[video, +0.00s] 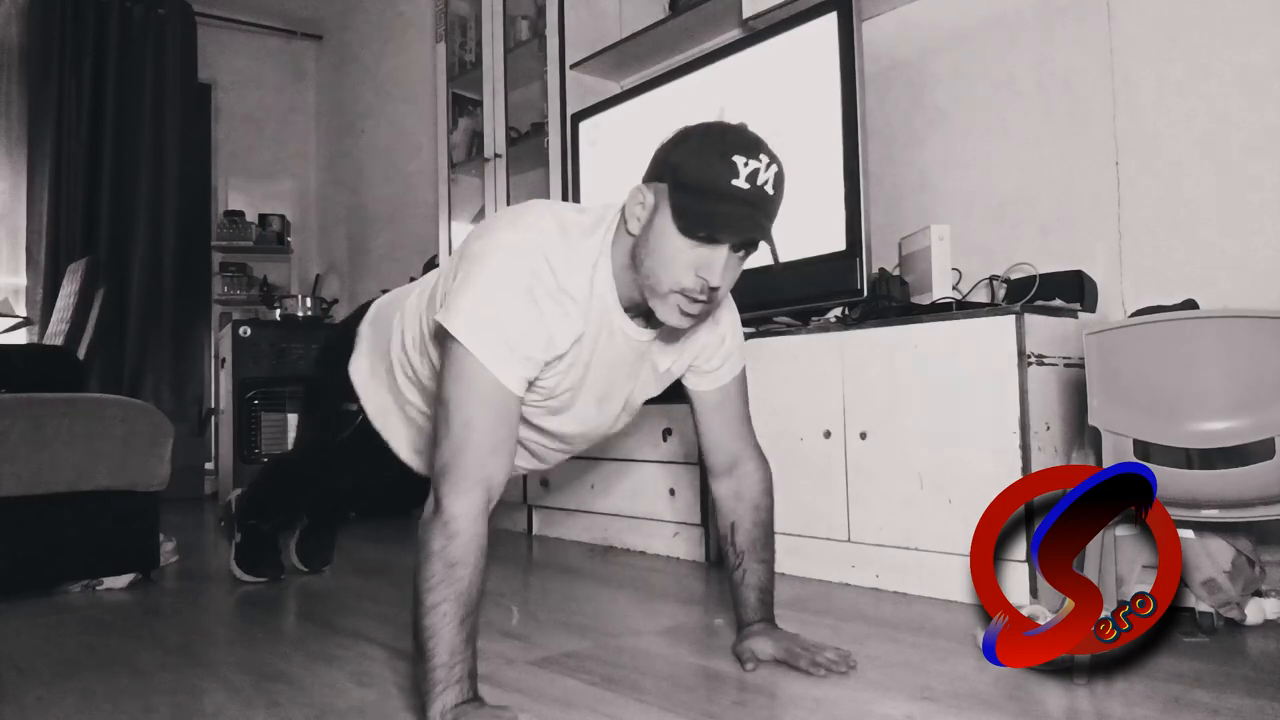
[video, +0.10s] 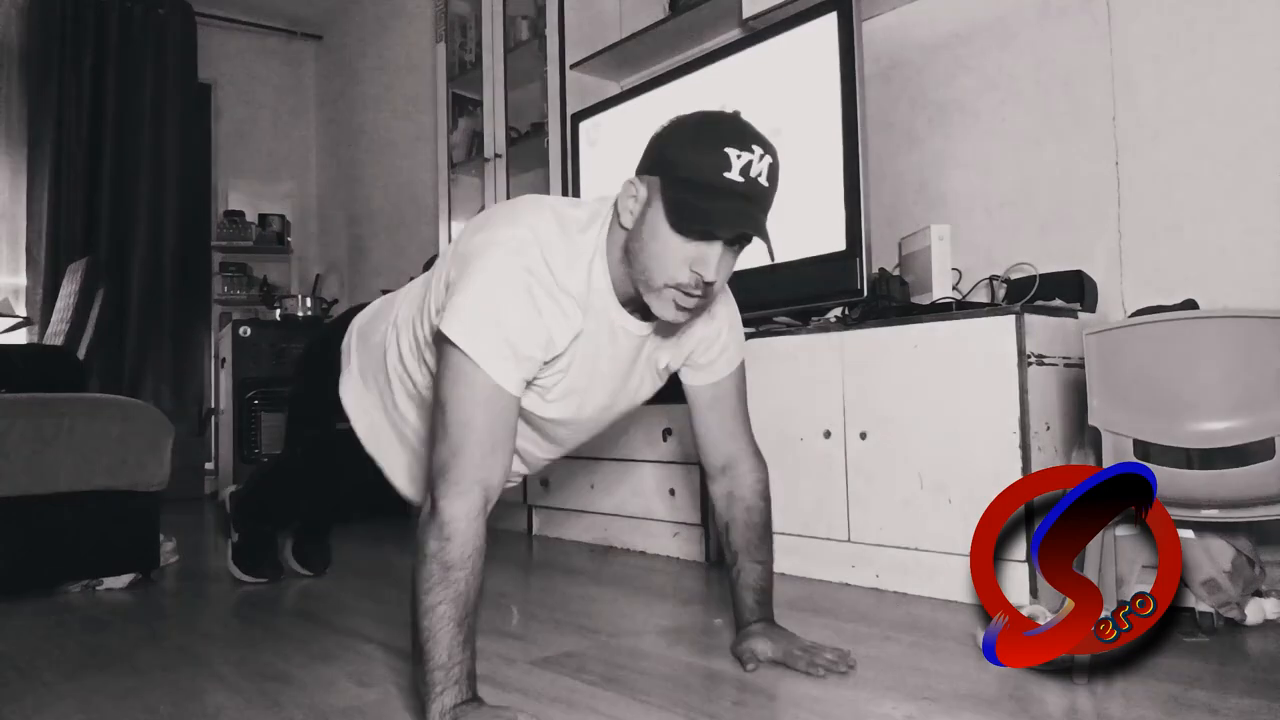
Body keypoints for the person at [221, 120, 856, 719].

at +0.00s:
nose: (713, 276)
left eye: (738, 251)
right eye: (699, 235)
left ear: (750, 250)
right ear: (644, 208)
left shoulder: (708, 316)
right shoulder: (518, 262)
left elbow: (736, 470)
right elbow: (462, 503)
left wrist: (758, 624)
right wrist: (451, 701)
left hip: (464, 450)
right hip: (378, 387)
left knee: (368, 498)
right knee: (315, 473)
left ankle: (318, 520)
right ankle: (256, 517)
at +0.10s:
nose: (709, 270)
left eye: (734, 245)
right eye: (692, 229)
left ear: (748, 244)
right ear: (636, 202)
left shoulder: (705, 307)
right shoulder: (514, 263)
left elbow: (733, 468)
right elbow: (459, 506)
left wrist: (757, 624)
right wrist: (451, 703)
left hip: (456, 447)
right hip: (366, 394)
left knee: (363, 497)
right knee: (309, 482)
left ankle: (308, 524)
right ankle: (249, 516)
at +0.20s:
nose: (698, 273)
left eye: (724, 248)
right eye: (681, 233)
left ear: (740, 245)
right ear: (626, 205)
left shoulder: (706, 307)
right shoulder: (510, 265)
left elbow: (731, 466)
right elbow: (459, 505)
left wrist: (752, 620)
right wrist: (450, 703)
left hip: (453, 434)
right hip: (364, 399)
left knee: (356, 494)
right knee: (309, 486)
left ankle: (299, 528)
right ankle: (244, 517)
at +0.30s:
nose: (700, 284)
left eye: (726, 260)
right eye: (683, 243)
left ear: (741, 256)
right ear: (631, 213)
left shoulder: (708, 317)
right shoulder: (511, 266)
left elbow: (735, 473)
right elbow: (454, 506)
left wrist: (754, 624)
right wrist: (449, 700)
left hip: (458, 444)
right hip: (376, 411)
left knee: (353, 504)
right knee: (306, 492)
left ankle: (299, 537)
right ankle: (244, 520)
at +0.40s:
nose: (718, 296)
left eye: (742, 274)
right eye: (705, 258)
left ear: (760, 268)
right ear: (650, 218)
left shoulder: (722, 323)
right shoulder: (529, 263)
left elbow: (744, 472)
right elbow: (464, 502)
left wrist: (756, 625)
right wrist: (451, 701)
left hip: (467, 454)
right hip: (384, 412)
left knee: (362, 503)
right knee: (312, 489)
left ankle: (303, 527)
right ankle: (247, 515)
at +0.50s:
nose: (733, 296)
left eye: (758, 275)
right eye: (721, 259)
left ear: (778, 267)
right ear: (666, 216)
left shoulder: (732, 320)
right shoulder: (539, 260)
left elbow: (748, 471)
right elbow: (476, 499)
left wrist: (757, 624)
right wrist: (453, 702)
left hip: (479, 445)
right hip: (395, 391)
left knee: (375, 496)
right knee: (314, 471)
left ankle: (315, 520)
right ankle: (254, 511)